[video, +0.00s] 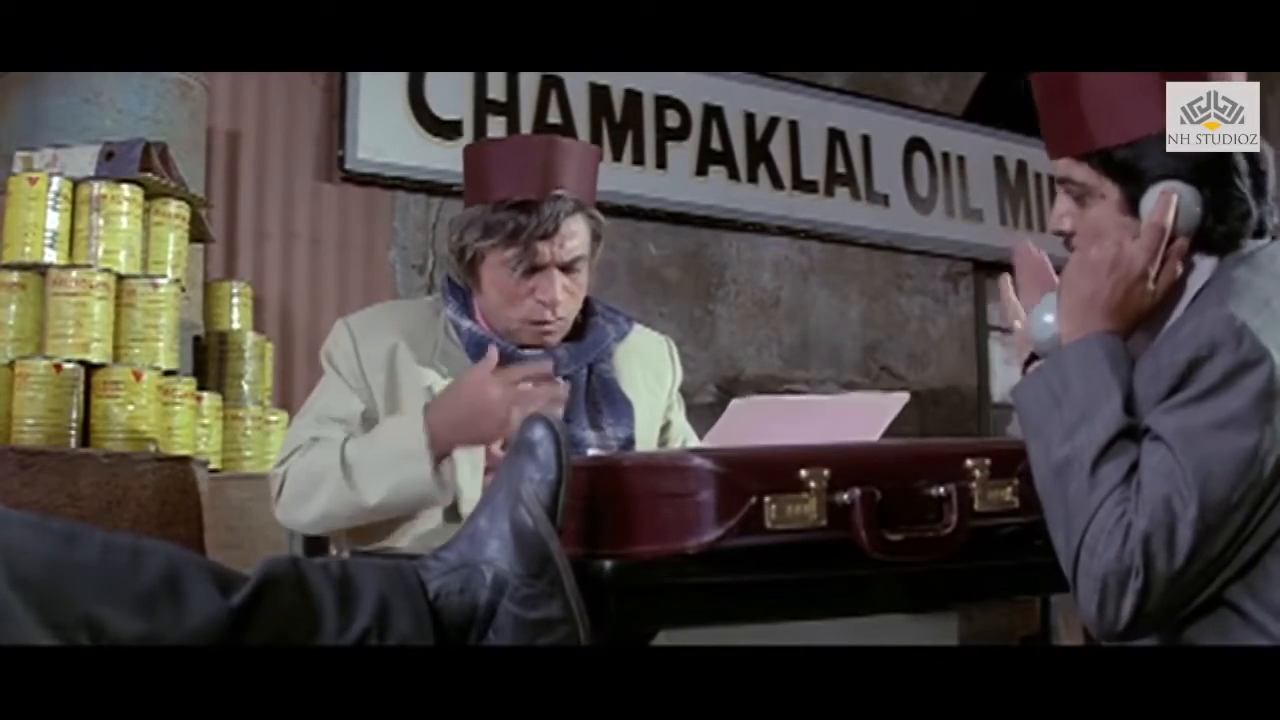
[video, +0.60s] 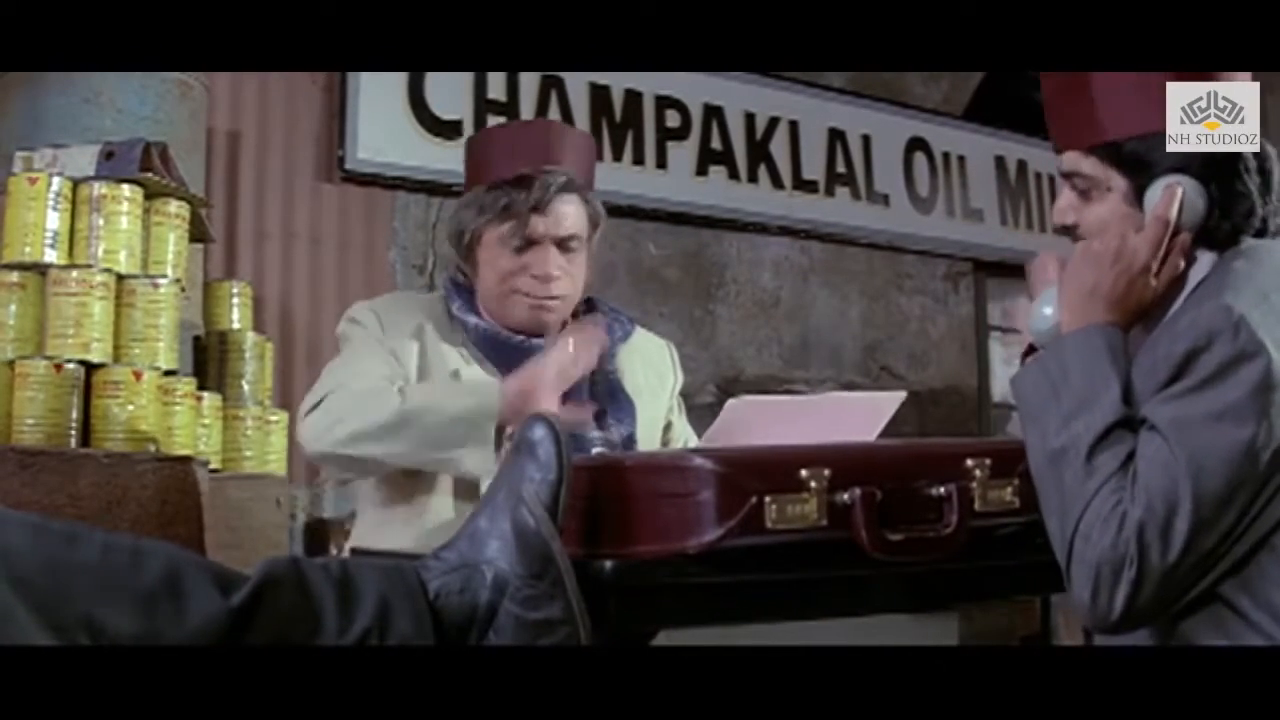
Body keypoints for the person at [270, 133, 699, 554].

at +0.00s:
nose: (553, 295)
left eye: (571, 268)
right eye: (527, 268)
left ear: (592, 265)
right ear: (470, 261)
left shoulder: (648, 360)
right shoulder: (374, 347)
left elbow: (688, 496)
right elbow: (299, 496)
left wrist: (564, 491)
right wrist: (438, 430)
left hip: (599, 618)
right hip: (421, 620)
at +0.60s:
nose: (547, 269)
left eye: (567, 246)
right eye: (520, 244)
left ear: (589, 258)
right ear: (468, 250)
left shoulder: (647, 359)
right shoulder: (393, 327)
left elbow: (683, 486)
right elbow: (329, 429)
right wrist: (508, 401)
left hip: (589, 608)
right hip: (418, 604)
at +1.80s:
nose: (548, 223)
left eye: (561, 205)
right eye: (514, 208)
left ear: (582, 227)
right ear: (459, 249)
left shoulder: (643, 352)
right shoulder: (416, 332)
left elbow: (686, 477)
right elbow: (401, 413)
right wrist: (421, 237)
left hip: (602, 622)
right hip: (439, 625)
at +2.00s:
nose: (559, 231)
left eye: (571, 209)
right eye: (526, 212)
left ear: (589, 224)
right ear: (462, 229)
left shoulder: (642, 355)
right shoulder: (391, 325)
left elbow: (681, 482)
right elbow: (363, 445)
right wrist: (445, 305)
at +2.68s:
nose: (543, 290)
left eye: (563, 264)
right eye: (516, 264)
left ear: (582, 263)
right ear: (461, 261)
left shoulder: (635, 354)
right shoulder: (368, 341)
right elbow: (302, 494)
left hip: (562, 617)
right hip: (403, 613)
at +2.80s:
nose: (546, 298)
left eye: (565, 271)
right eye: (520, 271)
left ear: (584, 271)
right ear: (464, 265)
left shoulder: (628, 355)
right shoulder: (365, 352)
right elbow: (306, 512)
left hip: (577, 620)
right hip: (418, 625)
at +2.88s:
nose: (543, 300)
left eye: (563, 274)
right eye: (517, 274)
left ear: (584, 269)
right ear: (463, 266)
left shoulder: (640, 358)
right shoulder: (366, 349)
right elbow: (300, 507)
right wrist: (424, 491)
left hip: (584, 619)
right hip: (420, 625)